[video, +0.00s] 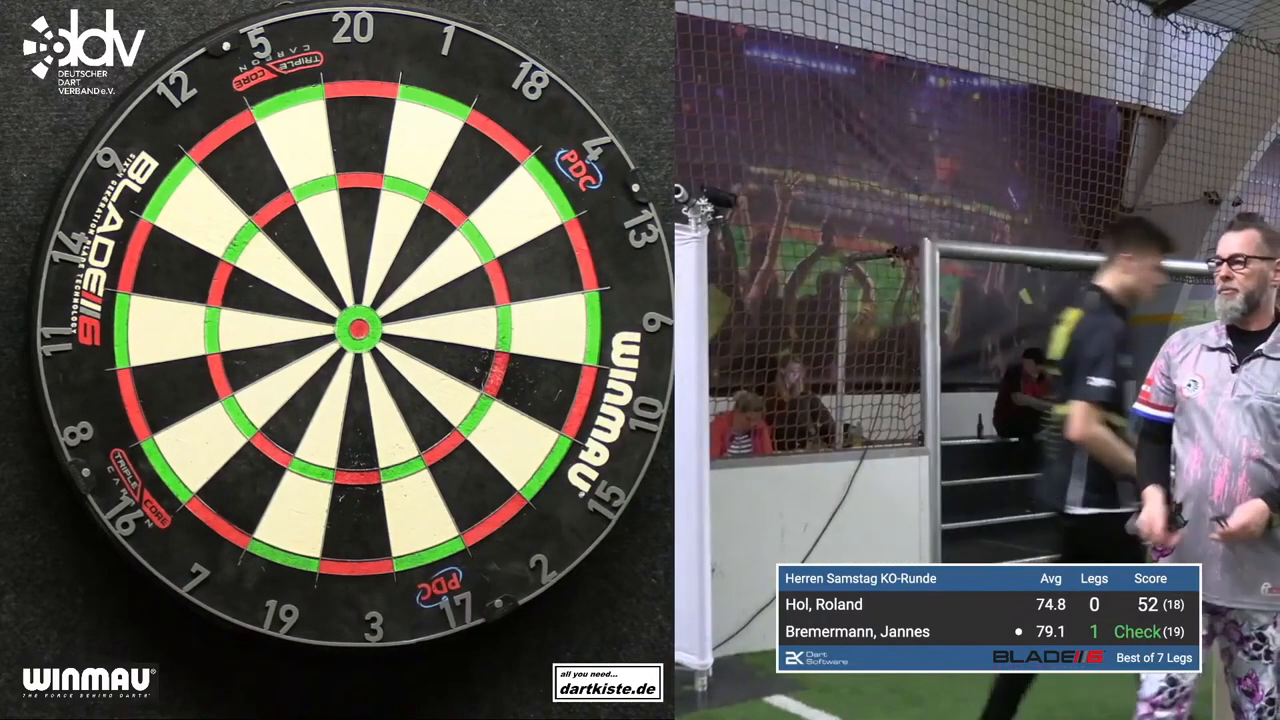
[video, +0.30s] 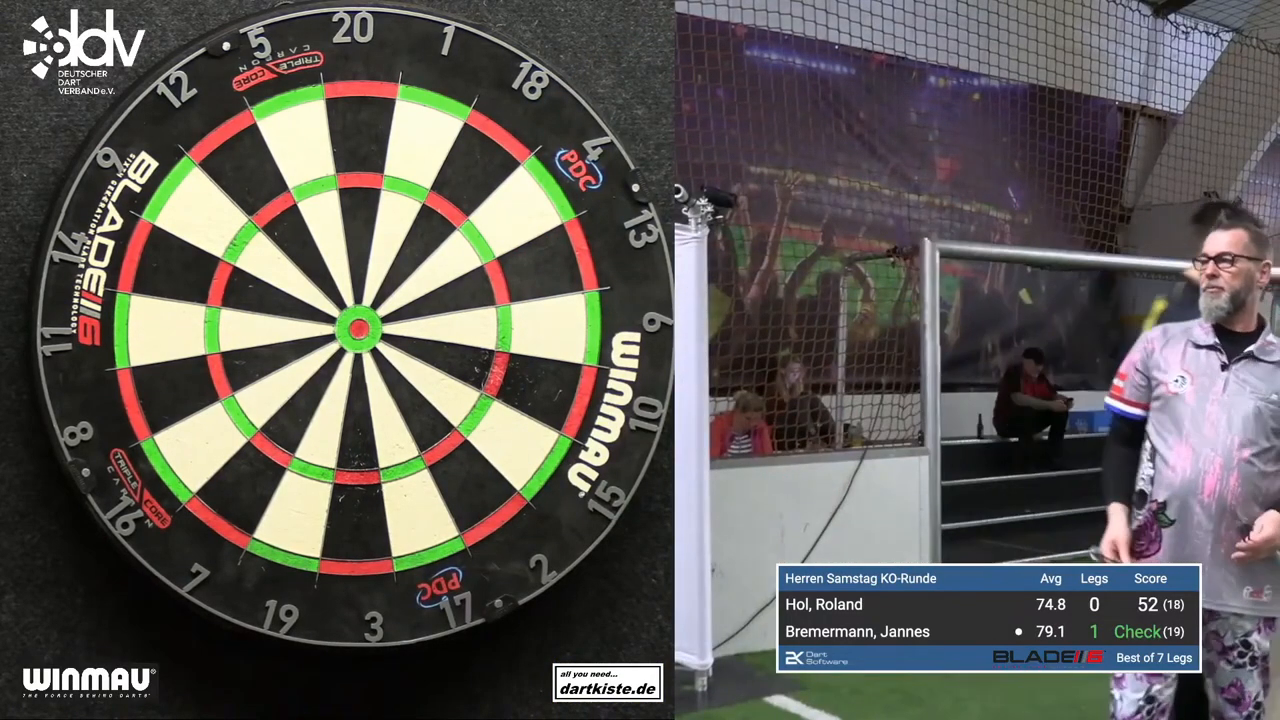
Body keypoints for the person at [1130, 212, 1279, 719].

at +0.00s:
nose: (1223, 271)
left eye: (1239, 261)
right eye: (1219, 262)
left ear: (1274, 272)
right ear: (1213, 271)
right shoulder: (1182, 347)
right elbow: (1152, 434)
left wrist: (1268, 507)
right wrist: (1153, 494)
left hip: (1262, 577)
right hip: (1179, 567)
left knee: (1258, 708)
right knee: (1159, 704)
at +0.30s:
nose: (1210, 269)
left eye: (1227, 260)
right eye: (1205, 260)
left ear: (1264, 274)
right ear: (1196, 270)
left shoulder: (1277, 360)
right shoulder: (1157, 345)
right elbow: (1122, 437)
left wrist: (1279, 515)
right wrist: (1118, 513)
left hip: (1247, 586)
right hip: (1154, 580)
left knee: (1239, 712)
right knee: (1136, 710)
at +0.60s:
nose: (1075, 194)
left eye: (1092, 181)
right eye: (1070, 185)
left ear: (1135, 195)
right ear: (1064, 198)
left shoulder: (1180, 299)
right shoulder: (1036, 296)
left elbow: (1219, 413)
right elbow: (1003, 415)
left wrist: (1182, 504)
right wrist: (989, 522)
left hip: (1145, 540)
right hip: (1061, 539)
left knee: (1137, 698)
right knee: (1060, 695)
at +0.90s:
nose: (1027, 187)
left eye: (1044, 174)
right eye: (1021, 178)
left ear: (1089, 187)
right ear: (1015, 193)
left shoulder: (1143, 286)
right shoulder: (994, 297)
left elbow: (1192, 396)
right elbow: (962, 427)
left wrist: (1174, 495)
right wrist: (926, 538)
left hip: (1135, 531)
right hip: (1048, 537)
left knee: (1144, 693)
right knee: (1055, 695)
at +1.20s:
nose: (999, 188)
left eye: (1016, 174)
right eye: (994, 179)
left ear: (1062, 187)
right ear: (990, 195)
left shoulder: (1124, 283)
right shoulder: (974, 304)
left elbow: (1180, 391)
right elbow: (936, 435)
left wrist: (1166, 490)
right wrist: (886, 551)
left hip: (1131, 529)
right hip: (1042, 538)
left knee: (1151, 684)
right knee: (1050, 695)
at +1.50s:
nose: (1012, 186)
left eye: (1030, 172)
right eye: (1008, 176)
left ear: (1074, 186)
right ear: (1004, 190)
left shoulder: (1131, 289)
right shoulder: (979, 299)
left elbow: (1171, 411)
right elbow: (953, 431)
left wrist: (1141, 508)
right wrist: (995, 535)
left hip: (1125, 543)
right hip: (1034, 551)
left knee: (1136, 697)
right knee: (1048, 700)